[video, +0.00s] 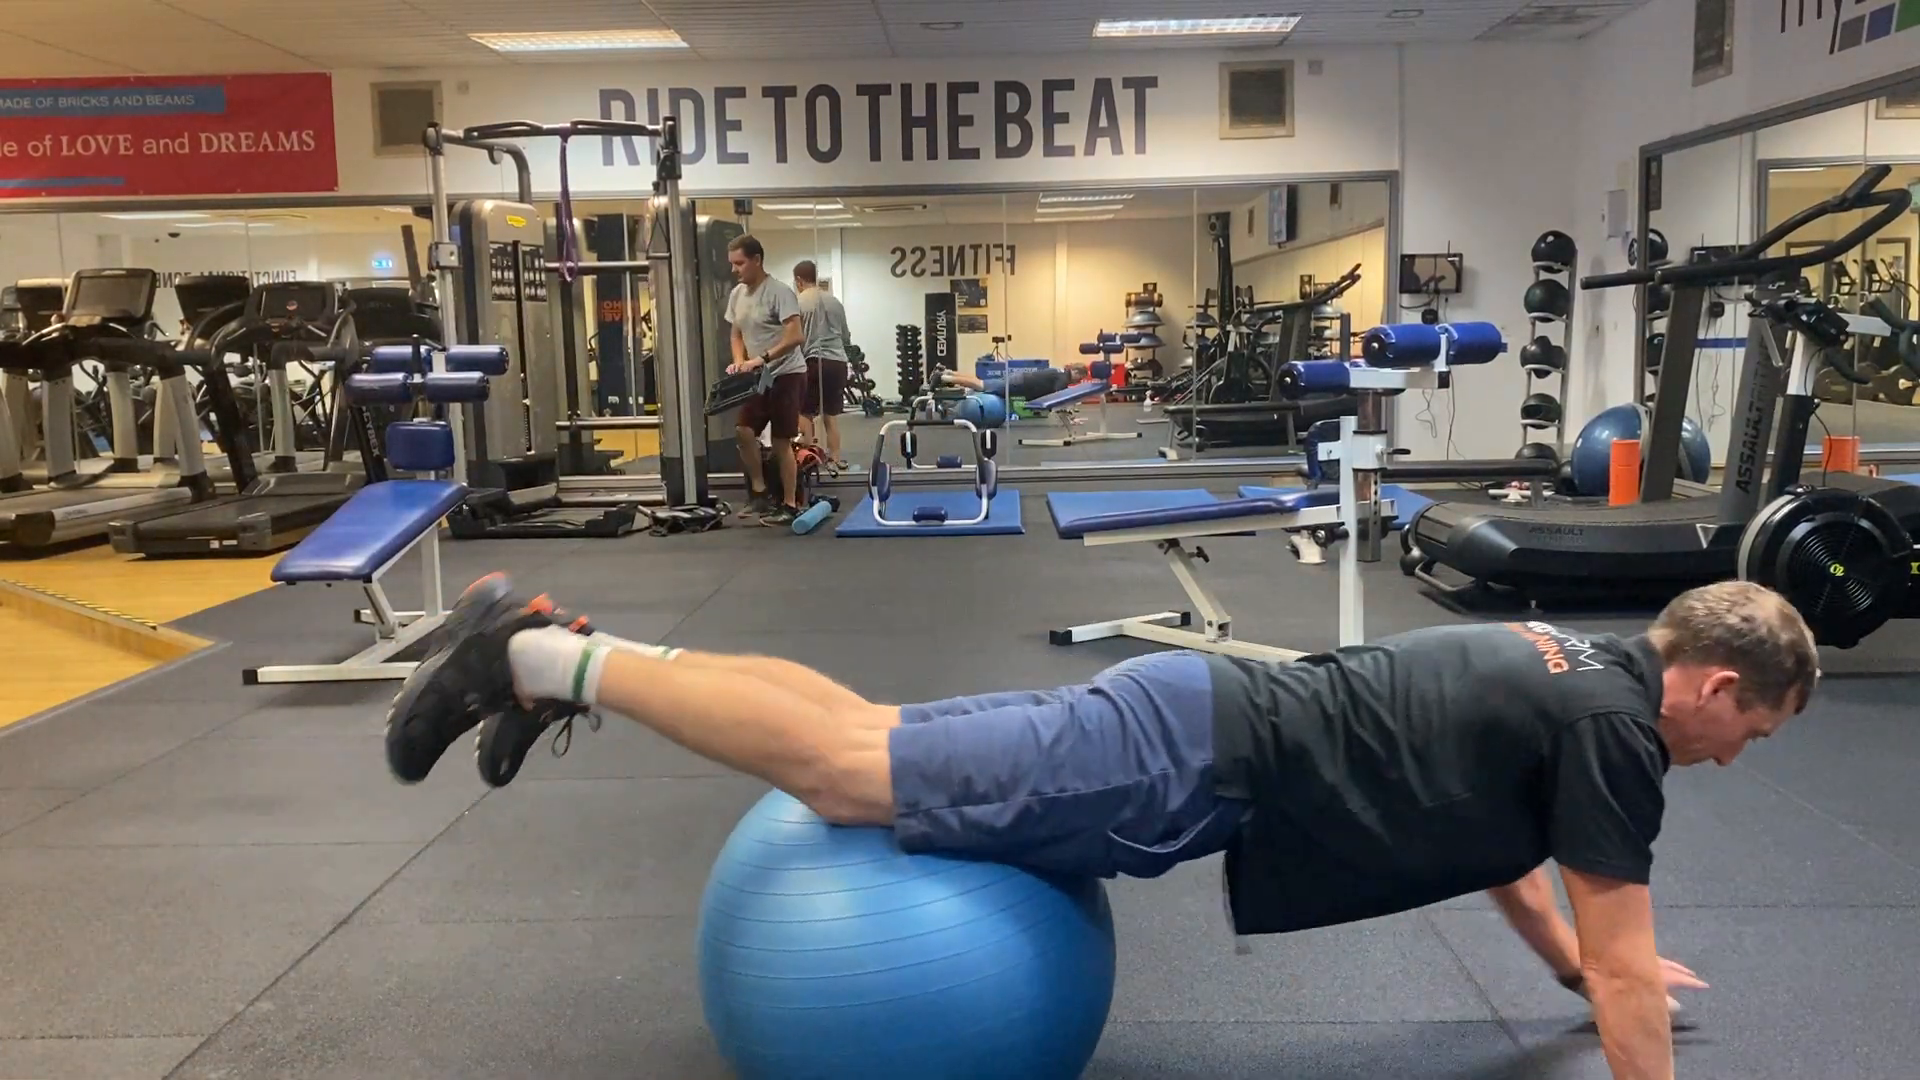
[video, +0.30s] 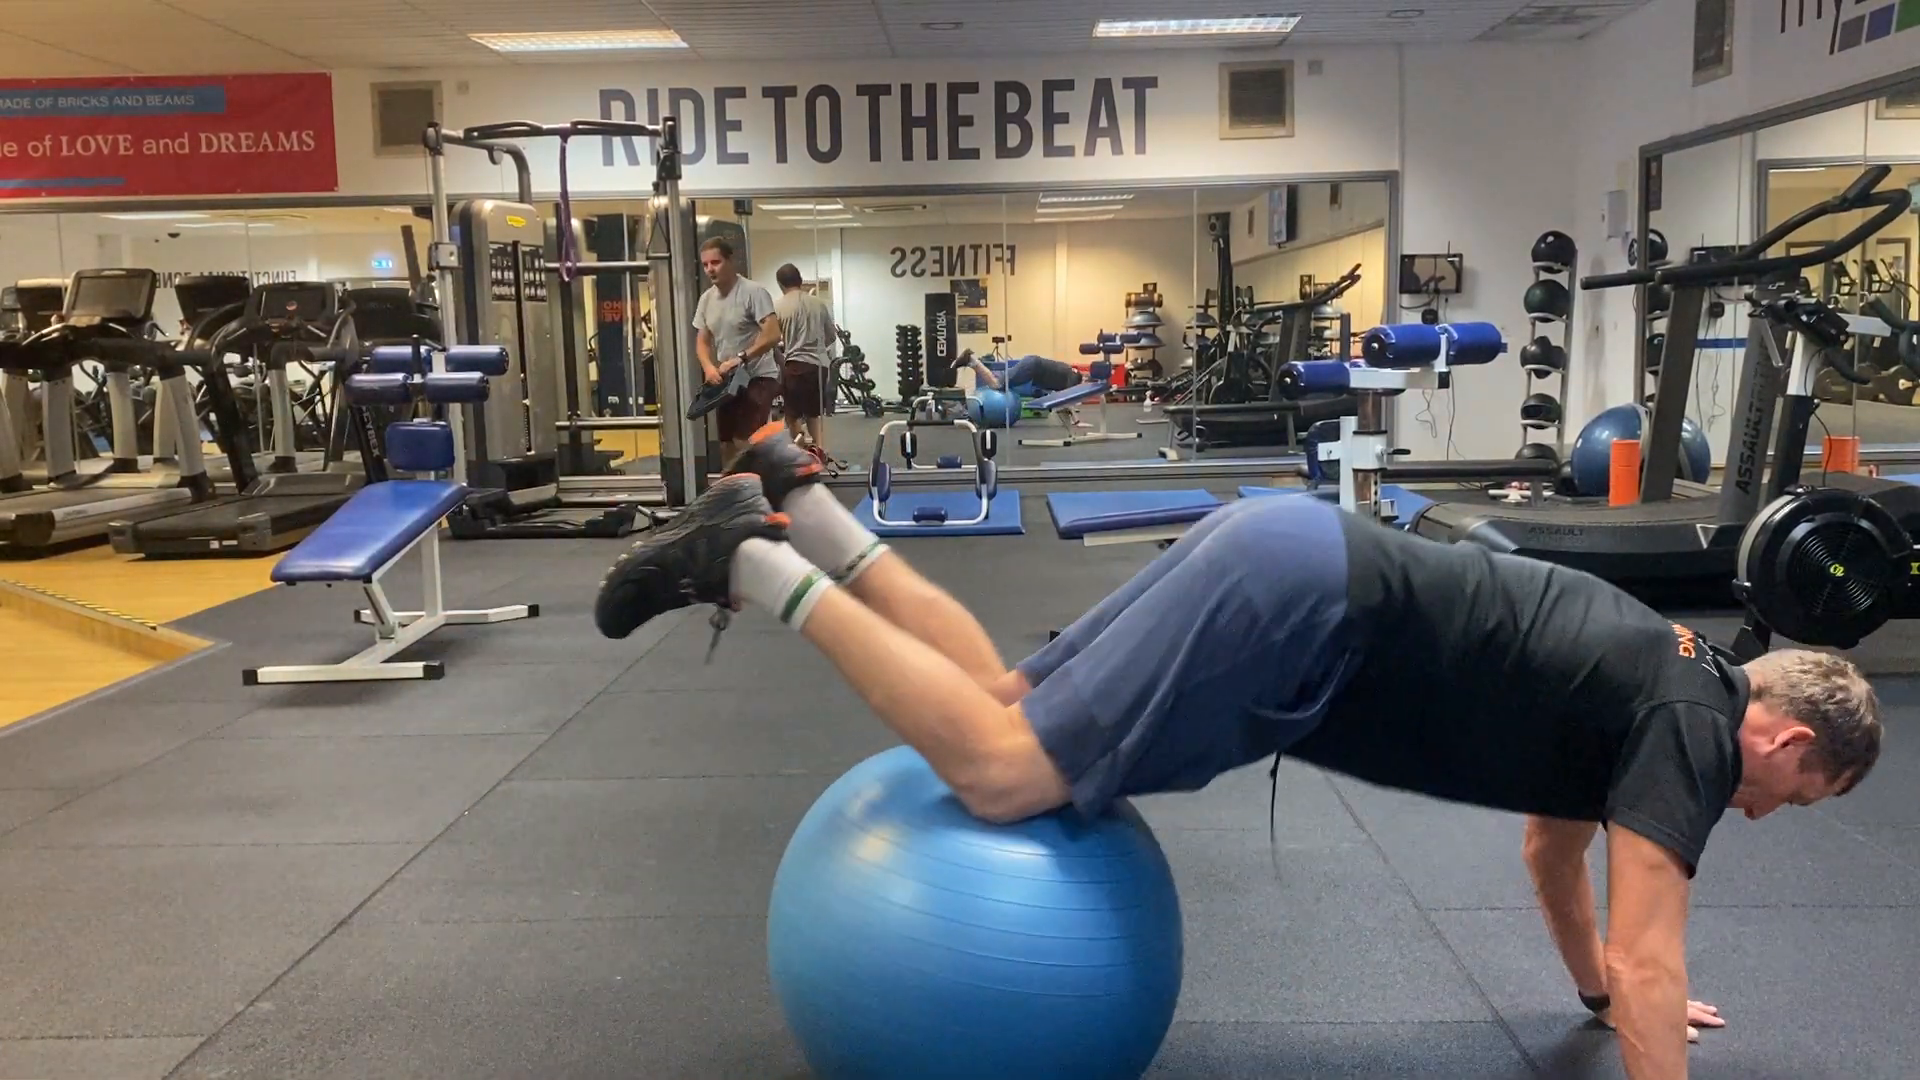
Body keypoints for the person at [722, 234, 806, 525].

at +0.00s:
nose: (734, 269)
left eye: (739, 263)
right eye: (732, 264)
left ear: (757, 260)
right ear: (736, 263)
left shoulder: (781, 291)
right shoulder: (737, 294)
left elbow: (795, 336)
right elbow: (736, 333)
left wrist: (763, 357)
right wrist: (738, 361)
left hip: (789, 373)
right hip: (759, 375)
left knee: (782, 442)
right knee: (744, 431)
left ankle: (789, 505)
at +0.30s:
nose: (710, 270)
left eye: (715, 263)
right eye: (706, 265)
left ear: (731, 261)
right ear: (703, 267)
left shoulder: (754, 292)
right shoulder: (707, 298)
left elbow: (772, 334)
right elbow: (702, 341)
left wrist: (739, 358)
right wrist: (708, 367)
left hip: (759, 375)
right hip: (727, 379)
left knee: (744, 439)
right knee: (727, 442)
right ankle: (732, 496)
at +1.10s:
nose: (634, 276)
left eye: (635, 268)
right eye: (630, 271)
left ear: (653, 260)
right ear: (650, 263)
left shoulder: (676, 287)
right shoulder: (661, 293)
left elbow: (682, 336)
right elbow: (671, 340)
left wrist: (657, 361)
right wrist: (661, 368)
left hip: (698, 378)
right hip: (679, 381)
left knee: (688, 450)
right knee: (657, 443)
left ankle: (696, 518)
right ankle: (697, 503)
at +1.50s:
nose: (606, 290)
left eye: (604, 284)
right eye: (604, 286)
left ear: (610, 276)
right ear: (628, 272)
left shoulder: (625, 292)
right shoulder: (651, 293)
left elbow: (611, 343)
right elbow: (663, 346)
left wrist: (587, 367)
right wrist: (641, 381)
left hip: (661, 380)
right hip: (676, 379)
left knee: (630, 448)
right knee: (647, 451)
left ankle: (675, 508)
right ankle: (649, 519)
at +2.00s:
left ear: (583, 320)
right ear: (608, 318)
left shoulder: (571, 335)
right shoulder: (628, 330)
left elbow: (572, 394)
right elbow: (644, 371)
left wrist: (573, 431)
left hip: (598, 392)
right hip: (638, 388)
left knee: (583, 456)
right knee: (635, 458)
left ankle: (577, 524)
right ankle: (649, 521)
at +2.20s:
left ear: (580, 348)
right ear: (610, 348)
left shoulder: (566, 358)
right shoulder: (623, 357)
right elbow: (632, 413)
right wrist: (626, 459)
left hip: (574, 389)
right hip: (616, 386)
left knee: (572, 457)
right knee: (621, 459)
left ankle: (575, 525)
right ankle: (626, 525)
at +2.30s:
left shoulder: (564, 371)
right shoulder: (624, 370)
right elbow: (630, 432)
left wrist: (580, 477)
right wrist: (627, 472)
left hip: (567, 388)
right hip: (609, 385)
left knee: (570, 459)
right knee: (618, 460)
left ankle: (575, 525)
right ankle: (626, 524)